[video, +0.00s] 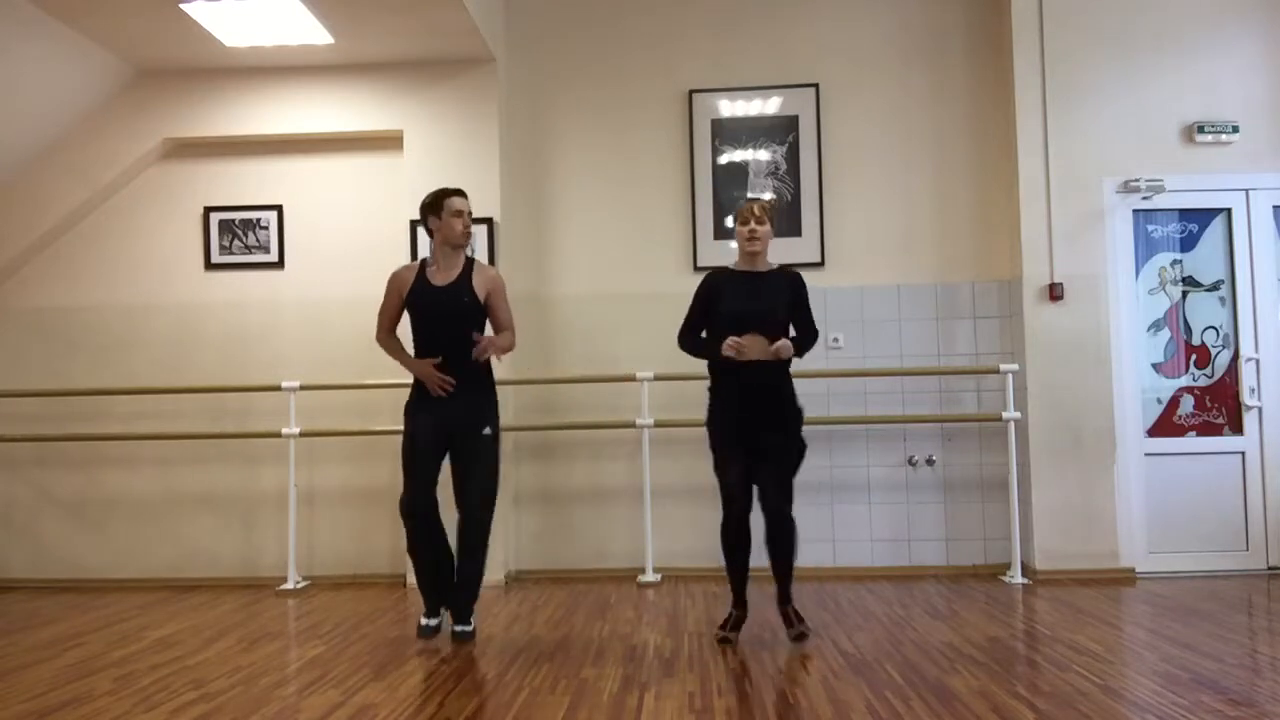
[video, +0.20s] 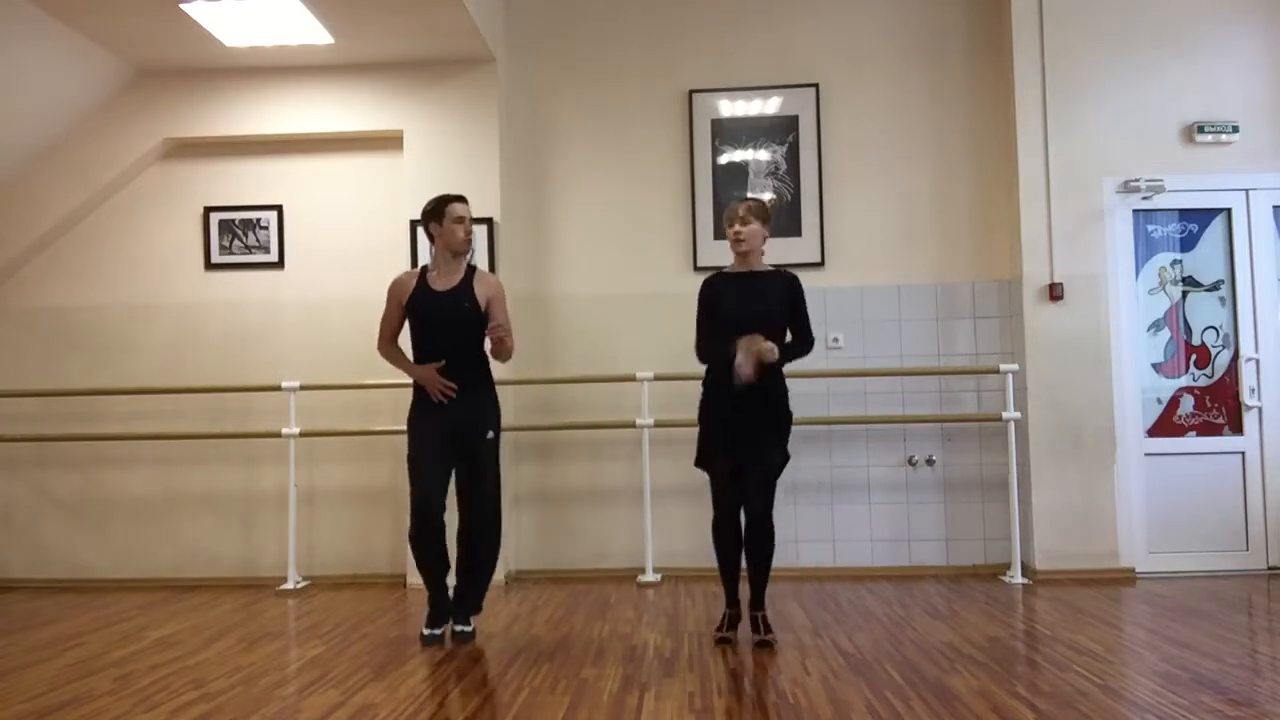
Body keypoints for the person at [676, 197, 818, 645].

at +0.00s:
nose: (752, 228)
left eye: (760, 221)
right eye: (745, 221)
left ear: (772, 231)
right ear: (735, 231)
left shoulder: (789, 282)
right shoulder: (715, 282)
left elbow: (809, 333)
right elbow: (686, 337)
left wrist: (790, 347)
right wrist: (719, 349)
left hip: (777, 409)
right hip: (729, 411)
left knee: (778, 508)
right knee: (735, 509)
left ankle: (786, 602)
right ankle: (737, 605)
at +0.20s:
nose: (738, 229)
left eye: (746, 222)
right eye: (733, 223)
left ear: (766, 232)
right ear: (726, 233)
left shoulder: (786, 283)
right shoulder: (713, 285)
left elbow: (805, 341)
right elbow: (704, 350)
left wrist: (776, 352)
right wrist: (735, 353)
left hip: (767, 412)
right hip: (720, 412)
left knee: (759, 510)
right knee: (725, 511)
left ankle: (758, 609)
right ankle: (730, 607)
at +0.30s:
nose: (724, 228)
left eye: (733, 222)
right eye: (723, 222)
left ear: (759, 229)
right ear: (723, 231)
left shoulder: (781, 283)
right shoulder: (711, 279)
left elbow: (793, 345)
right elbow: (685, 329)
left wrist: (784, 376)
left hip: (770, 399)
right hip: (725, 400)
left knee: (765, 510)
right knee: (729, 508)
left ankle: (762, 609)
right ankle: (738, 607)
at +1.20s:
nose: (722, 227)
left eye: (731, 219)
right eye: (720, 221)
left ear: (755, 227)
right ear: (721, 231)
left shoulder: (779, 282)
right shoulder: (709, 281)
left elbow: (799, 340)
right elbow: (673, 333)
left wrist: (824, 388)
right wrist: (648, 298)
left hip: (770, 394)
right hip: (722, 395)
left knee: (770, 506)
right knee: (733, 506)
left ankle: (764, 609)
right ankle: (741, 608)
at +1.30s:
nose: (716, 223)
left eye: (725, 215)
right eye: (716, 216)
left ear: (752, 223)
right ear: (728, 226)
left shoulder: (783, 277)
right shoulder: (707, 274)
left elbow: (835, 322)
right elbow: (672, 318)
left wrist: (886, 357)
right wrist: (674, 273)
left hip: (765, 395)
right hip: (716, 395)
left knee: (763, 504)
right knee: (729, 503)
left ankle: (764, 607)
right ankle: (737, 606)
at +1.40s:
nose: (718, 220)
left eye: (727, 213)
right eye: (716, 214)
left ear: (752, 220)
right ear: (717, 223)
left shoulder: (785, 269)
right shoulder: (708, 266)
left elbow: (846, 288)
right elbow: (683, 319)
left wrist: (907, 304)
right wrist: (712, 283)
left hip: (762, 391)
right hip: (713, 391)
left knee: (749, 496)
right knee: (725, 498)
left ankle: (756, 602)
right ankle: (738, 602)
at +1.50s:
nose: (718, 232)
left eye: (727, 225)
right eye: (716, 226)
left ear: (752, 230)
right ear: (716, 233)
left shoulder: (782, 283)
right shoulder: (707, 286)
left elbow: (844, 291)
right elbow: (701, 349)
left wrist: (902, 275)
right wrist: (734, 345)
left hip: (758, 410)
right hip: (712, 408)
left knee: (743, 508)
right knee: (727, 507)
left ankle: (744, 609)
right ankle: (744, 609)